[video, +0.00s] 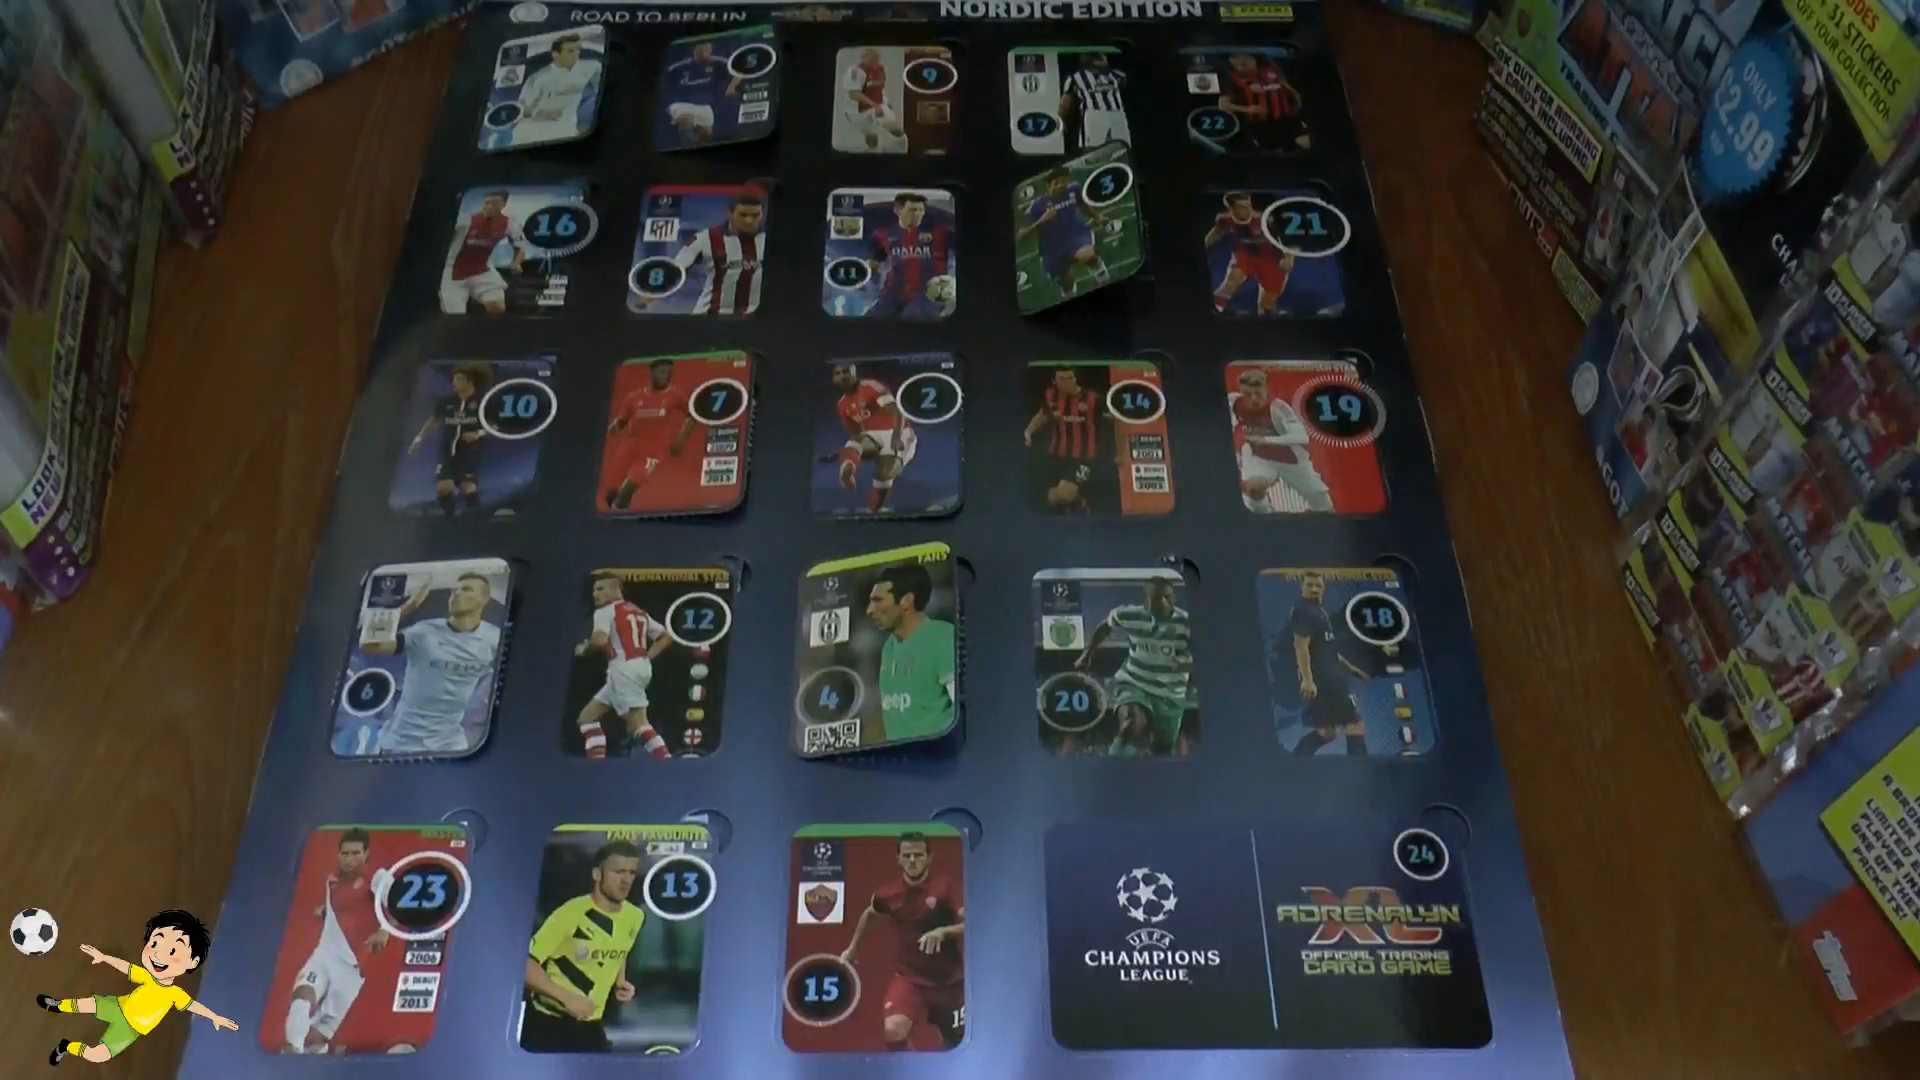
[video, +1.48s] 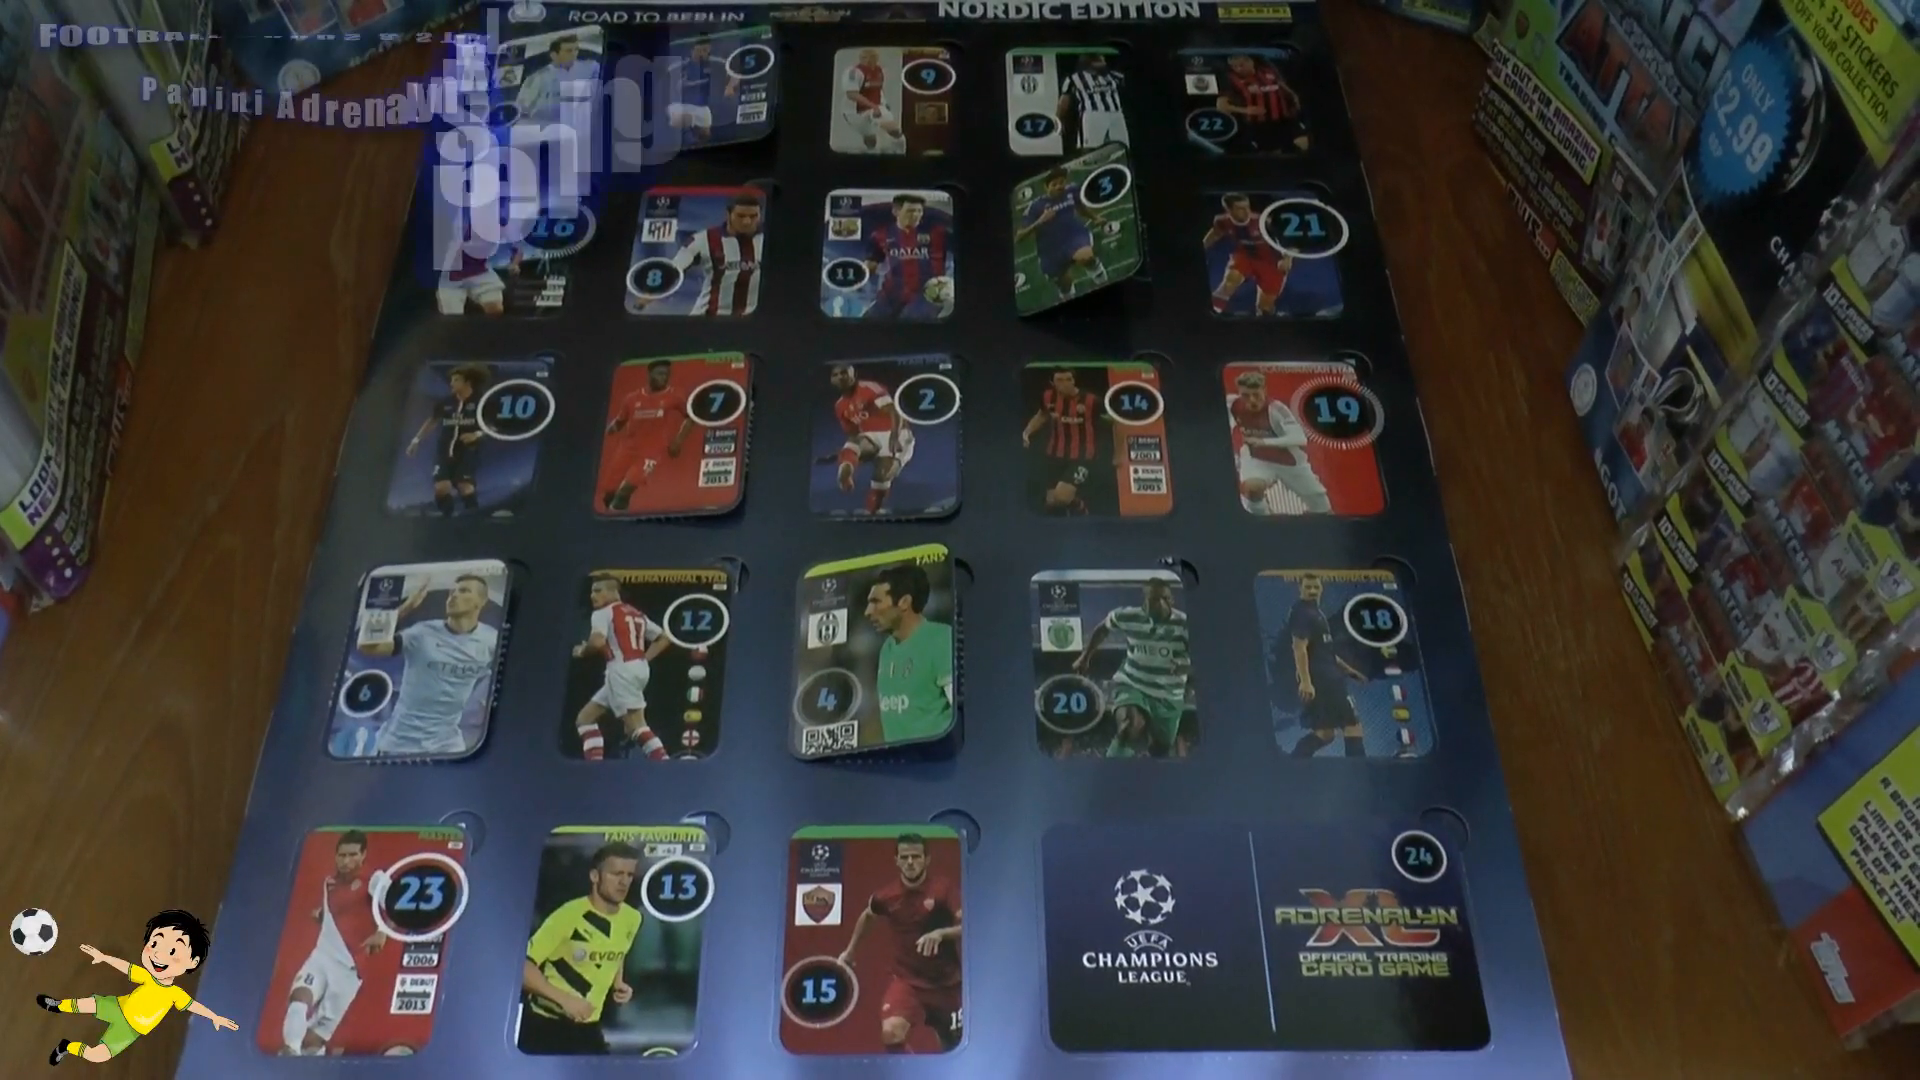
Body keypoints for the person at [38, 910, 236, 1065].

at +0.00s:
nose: (160, 956)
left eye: (173, 952)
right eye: (156, 945)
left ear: (190, 965)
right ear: (145, 946)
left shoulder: (176, 995)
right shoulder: (143, 975)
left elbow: (195, 1007)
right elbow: (124, 967)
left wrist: (215, 1018)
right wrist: (103, 958)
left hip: (131, 1030)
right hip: (119, 1008)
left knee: (98, 1055)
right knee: (88, 1003)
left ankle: (66, 1047)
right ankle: (57, 1006)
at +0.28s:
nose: (159, 956)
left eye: (172, 952)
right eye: (155, 944)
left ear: (189, 965)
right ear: (146, 945)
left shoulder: (176, 995)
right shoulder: (143, 975)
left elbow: (195, 1007)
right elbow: (124, 966)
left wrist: (214, 1017)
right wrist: (103, 958)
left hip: (131, 1030)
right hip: (119, 1008)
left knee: (99, 1055)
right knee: (89, 1003)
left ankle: (66, 1047)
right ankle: (58, 1006)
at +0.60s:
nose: (159, 956)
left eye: (172, 952)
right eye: (155, 944)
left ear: (189, 965)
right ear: (145, 945)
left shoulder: (176, 995)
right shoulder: (143, 975)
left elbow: (195, 1007)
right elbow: (124, 966)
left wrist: (214, 1017)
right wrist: (103, 958)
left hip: (131, 1030)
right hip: (119, 1008)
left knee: (99, 1055)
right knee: (89, 1003)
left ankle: (66, 1047)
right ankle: (58, 1006)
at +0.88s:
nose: (160, 956)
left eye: (172, 953)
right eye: (156, 944)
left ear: (189, 966)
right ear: (146, 945)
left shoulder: (176, 995)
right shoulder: (143, 975)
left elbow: (195, 1007)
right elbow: (124, 966)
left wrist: (215, 1017)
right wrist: (103, 958)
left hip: (131, 1030)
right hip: (119, 1008)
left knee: (99, 1055)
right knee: (88, 1003)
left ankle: (66, 1047)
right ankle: (58, 1006)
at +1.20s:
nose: (160, 956)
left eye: (172, 953)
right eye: (156, 944)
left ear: (189, 966)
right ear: (146, 944)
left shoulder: (176, 995)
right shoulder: (143, 975)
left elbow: (195, 1007)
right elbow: (124, 966)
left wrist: (215, 1017)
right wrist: (103, 958)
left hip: (131, 1030)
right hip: (119, 1008)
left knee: (99, 1055)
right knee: (88, 1003)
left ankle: (66, 1047)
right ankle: (57, 1006)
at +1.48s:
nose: (159, 956)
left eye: (172, 953)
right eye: (155, 944)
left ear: (188, 965)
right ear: (146, 945)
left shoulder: (176, 995)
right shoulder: (143, 975)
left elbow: (195, 1007)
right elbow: (124, 967)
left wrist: (214, 1017)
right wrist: (103, 958)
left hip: (131, 1030)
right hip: (119, 1008)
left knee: (99, 1055)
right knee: (89, 1003)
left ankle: (66, 1047)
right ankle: (57, 1006)